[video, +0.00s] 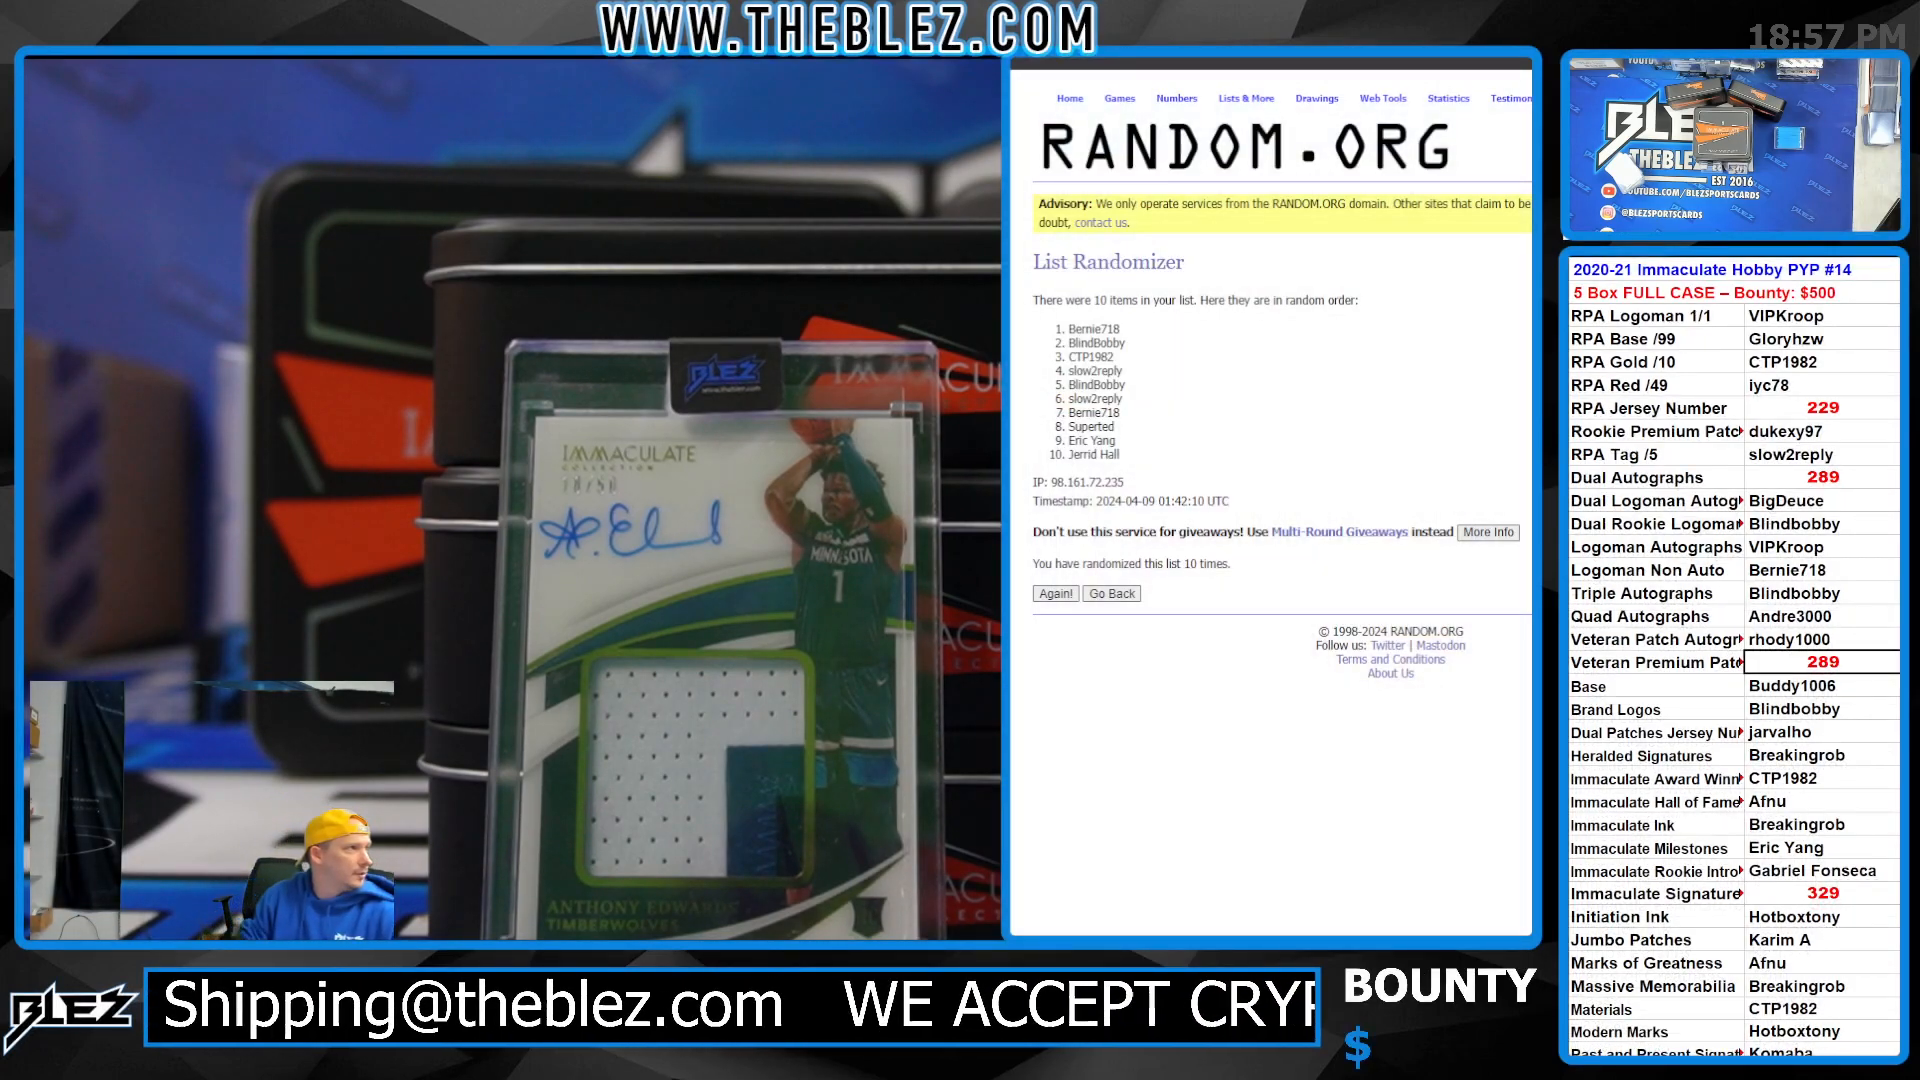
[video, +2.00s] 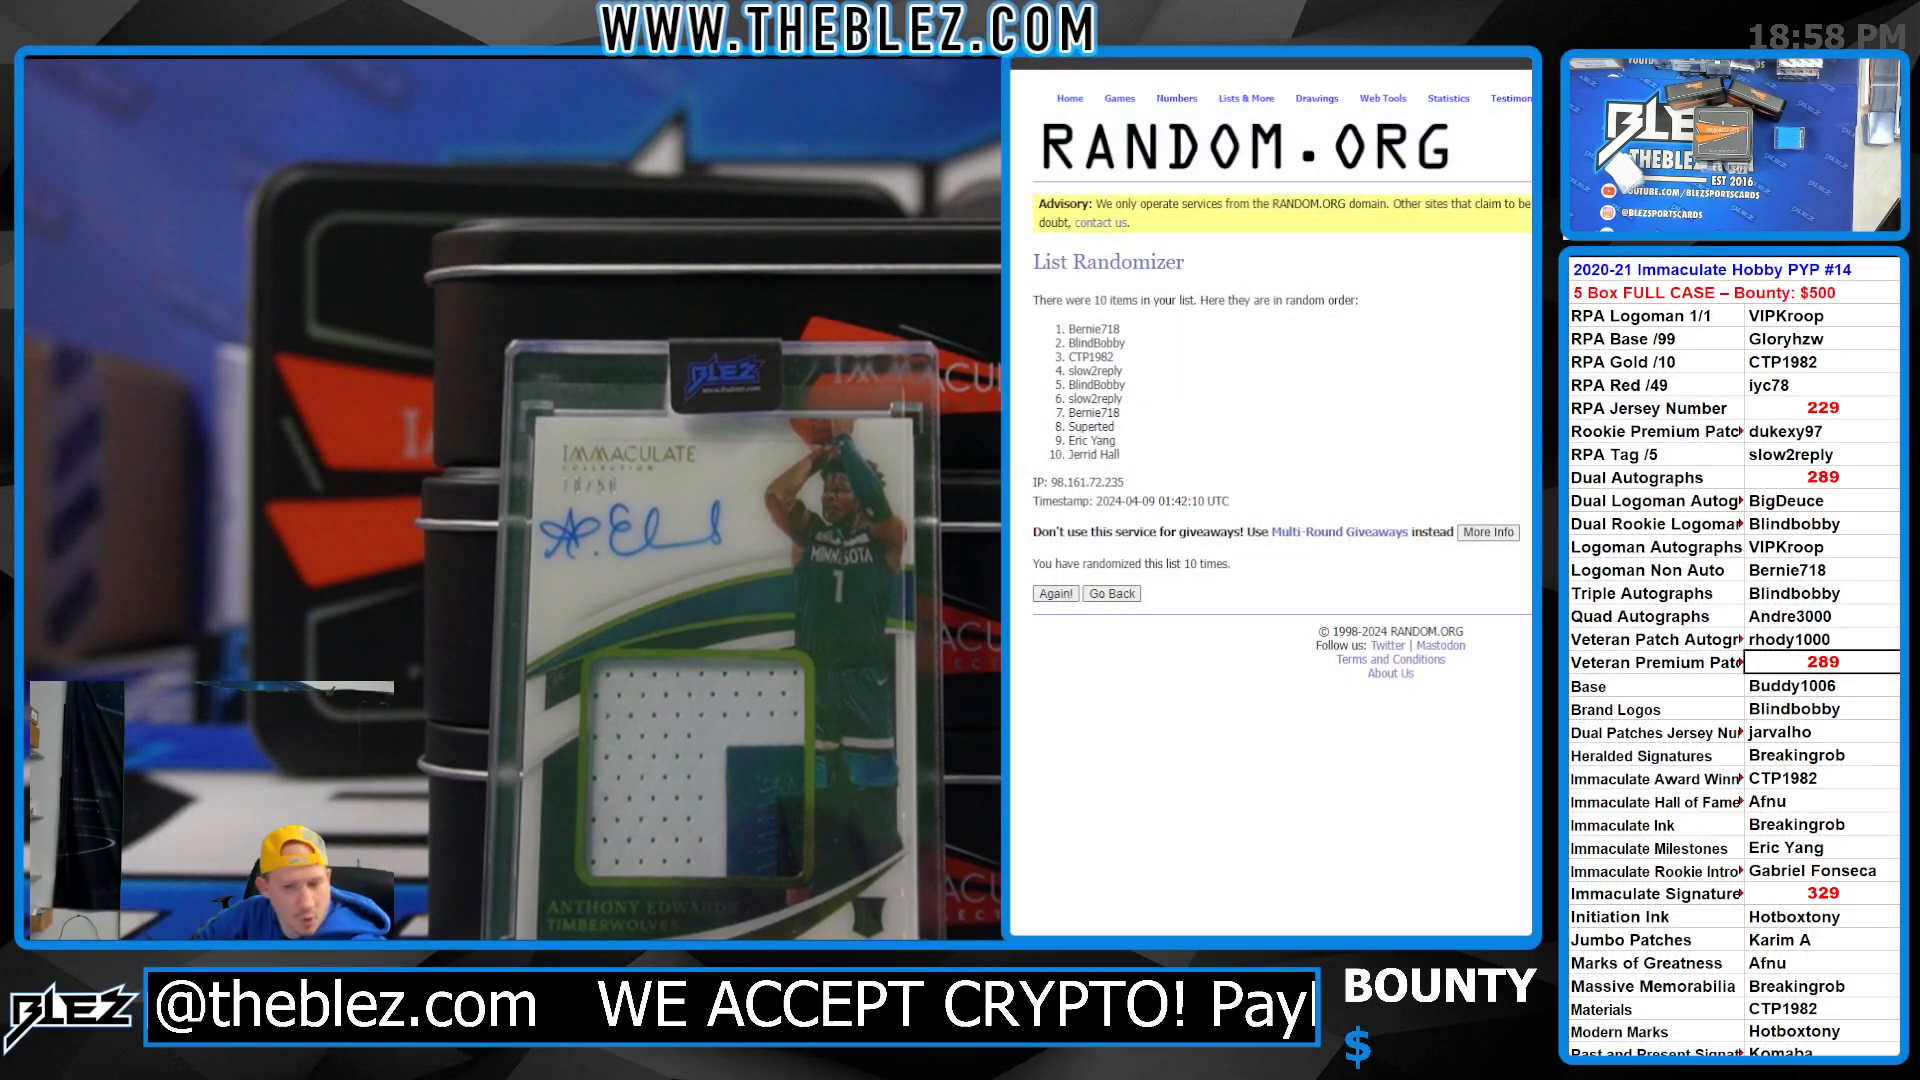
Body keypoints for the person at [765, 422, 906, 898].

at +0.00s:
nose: (835, 496)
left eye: (844, 489)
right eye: (829, 489)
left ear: (862, 495)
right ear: (822, 495)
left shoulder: (884, 539)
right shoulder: (810, 532)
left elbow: (875, 496)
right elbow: (776, 496)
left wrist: (845, 446)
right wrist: (815, 459)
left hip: (866, 676)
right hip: (813, 676)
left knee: (873, 792)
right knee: (818, 791)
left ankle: (871, 892)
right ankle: (819, 883)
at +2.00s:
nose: (834, 497)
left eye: (843, 490)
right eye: (829, 490)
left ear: (862, 495)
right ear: (821, 495)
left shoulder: (883, 539)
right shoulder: (810, 533)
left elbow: (875, 496)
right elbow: (776, 496)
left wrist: (844, 445)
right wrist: (814, 460)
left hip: (865, 678)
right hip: (812, 676)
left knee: (872, 795)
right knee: (816, 793)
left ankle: (871, 895)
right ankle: (816, 887)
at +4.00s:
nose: (841, 494)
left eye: (850, 488)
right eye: (835, 487)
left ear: (868, 495)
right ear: (827, 493)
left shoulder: (890, 539)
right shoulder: (814, 532)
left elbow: (886, 509)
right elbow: (780, 496)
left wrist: (853, 453)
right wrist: (818, 460)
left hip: (872, 677)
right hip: (817, 675)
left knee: (878, 796)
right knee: (819, 792)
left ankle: (876, 901)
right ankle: (815, 893)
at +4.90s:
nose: (840, 494)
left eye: (850, 487)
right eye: (834, 486)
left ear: (868, 494)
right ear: (826, 493)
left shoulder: (890, 539)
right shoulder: (815, 534)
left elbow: (885, 504)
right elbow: (780, 496)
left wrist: (851, 447)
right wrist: (819, 458)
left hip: (873, 680)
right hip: (821, 679)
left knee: (874, 793)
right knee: (827, 792)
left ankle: (879, 901)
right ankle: (829, 892)